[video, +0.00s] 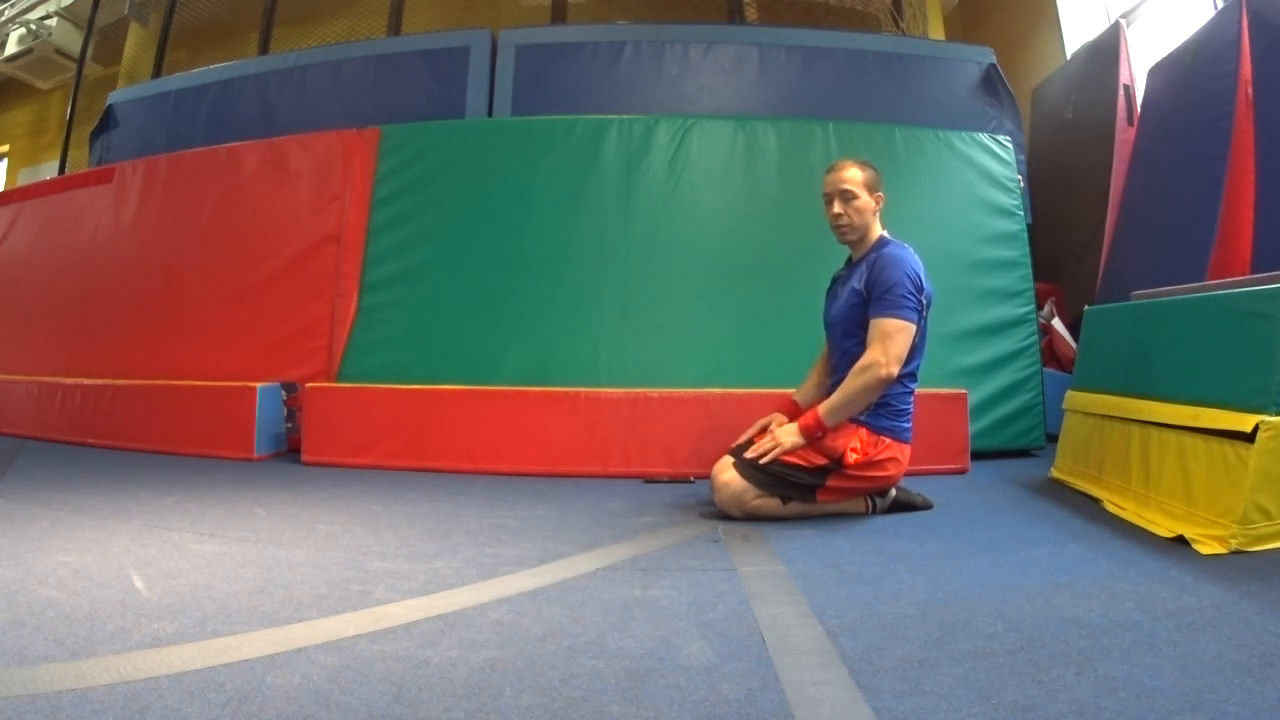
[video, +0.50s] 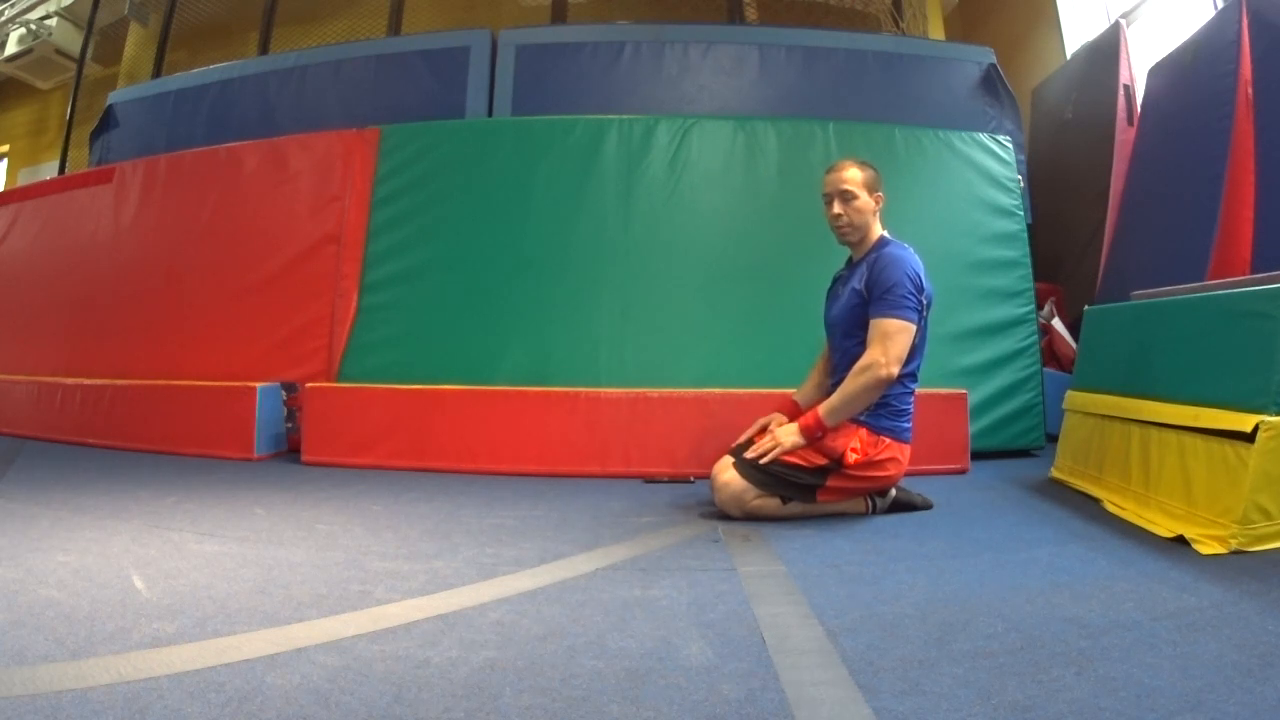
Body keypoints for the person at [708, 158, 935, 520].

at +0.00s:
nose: (835, 210)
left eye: (848, 197)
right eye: (829, 201)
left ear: (877, 202)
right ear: (823, 207)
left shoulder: (895, 263)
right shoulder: (847, 276)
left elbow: (882, 366)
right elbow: (831, 362)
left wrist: (805, 429)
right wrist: (787, 414)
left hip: (872, 444)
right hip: (844, 433)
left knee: (734, 493)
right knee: (724, 475)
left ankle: (869, 502)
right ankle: (859, 489)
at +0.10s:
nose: (835, 210)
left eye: (847, 197)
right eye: (828, 201)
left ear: (877, 202)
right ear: (823, 207)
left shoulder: (895, 263)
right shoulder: (847, 276)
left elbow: (882, 366)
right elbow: (832, 363)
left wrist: (805, 429)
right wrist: (787, 414)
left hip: (872, 444)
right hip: (844, 433)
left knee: (734, 493)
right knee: (724, 475)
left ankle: (870, 502)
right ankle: (859, 489)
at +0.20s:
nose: (836, 210)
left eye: (847, 197)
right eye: (828, 200)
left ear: (877, 201)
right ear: (823, 207)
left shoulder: (895, 263)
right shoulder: (847, 276)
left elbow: (882, 366)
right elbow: (831, 363)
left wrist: (805, 429)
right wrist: (787, 414)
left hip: (872, 444)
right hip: (844, 433)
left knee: (734, 493)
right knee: (724, 475)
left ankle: (869, 502)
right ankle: (859, 489)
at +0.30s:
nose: (835, 210)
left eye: (847, 197)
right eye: (829, 201)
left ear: (877, 202)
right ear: (823, 207)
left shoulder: (895, 263)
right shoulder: (848, 275)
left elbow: (882, 366)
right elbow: (832, 362)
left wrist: (805, 429)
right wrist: (787, 414)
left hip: (872, 444)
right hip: (844, 433)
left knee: (734, 493)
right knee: (724, 475)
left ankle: (869, 502)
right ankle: (859, 489)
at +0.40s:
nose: (835, 210)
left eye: (847, 197)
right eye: (829, 201)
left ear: (877, 202)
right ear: (823, 207)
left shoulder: (895, 263)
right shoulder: (848, 276)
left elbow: (882, 366)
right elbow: (832, 362)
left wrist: (805, 429)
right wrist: (787, 414)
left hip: (872, 444)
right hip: (844, 433)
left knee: (734, 493)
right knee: (724, 474)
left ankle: (869, 502)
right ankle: (859, 489)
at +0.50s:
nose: (835, 211)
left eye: (847, 198)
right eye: (828, 201)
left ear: (877, 202)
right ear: (823, 207)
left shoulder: (895, 263)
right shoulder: (848, 276)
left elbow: (882, 366)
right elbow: (832, 362)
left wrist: (805, 429)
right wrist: (788, 414)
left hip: (872, 444)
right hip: (844, 433)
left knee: (734, 493)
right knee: (724, 474)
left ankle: (869, 502)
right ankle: (859, 489)